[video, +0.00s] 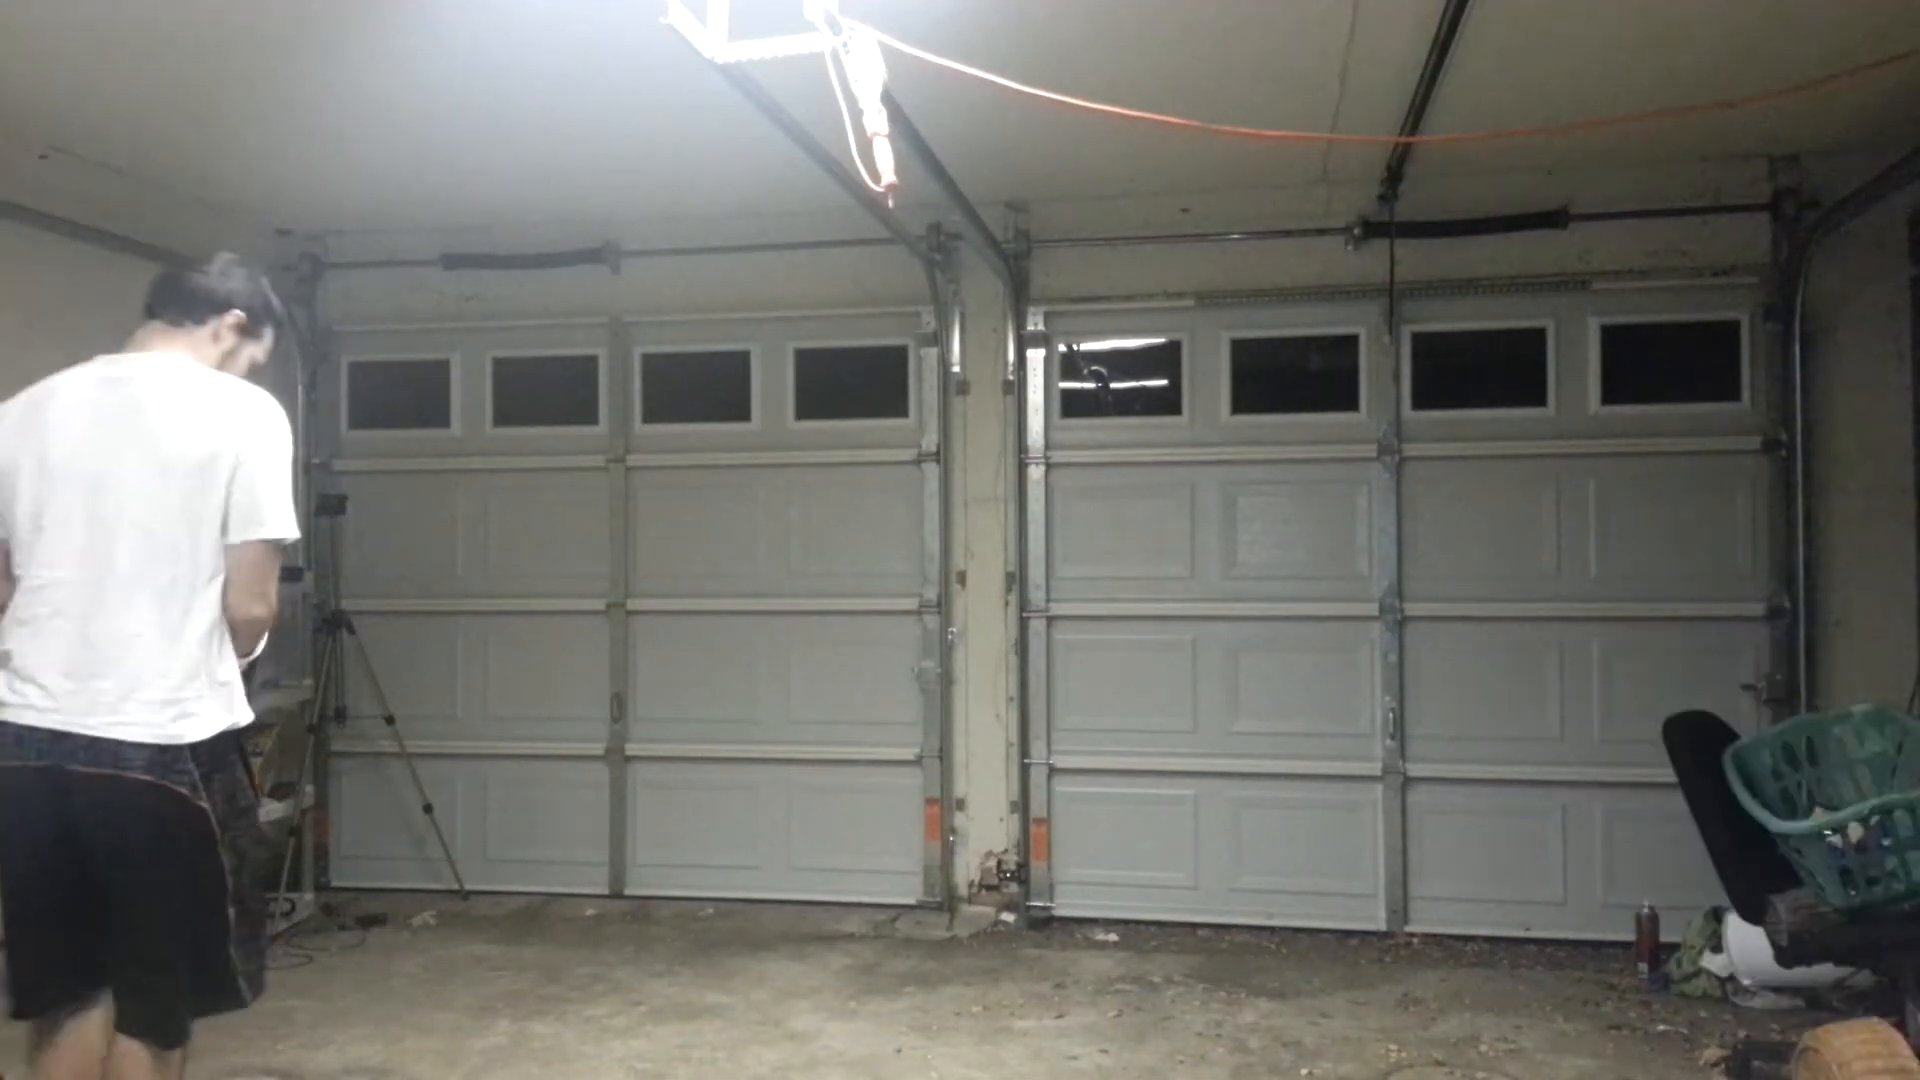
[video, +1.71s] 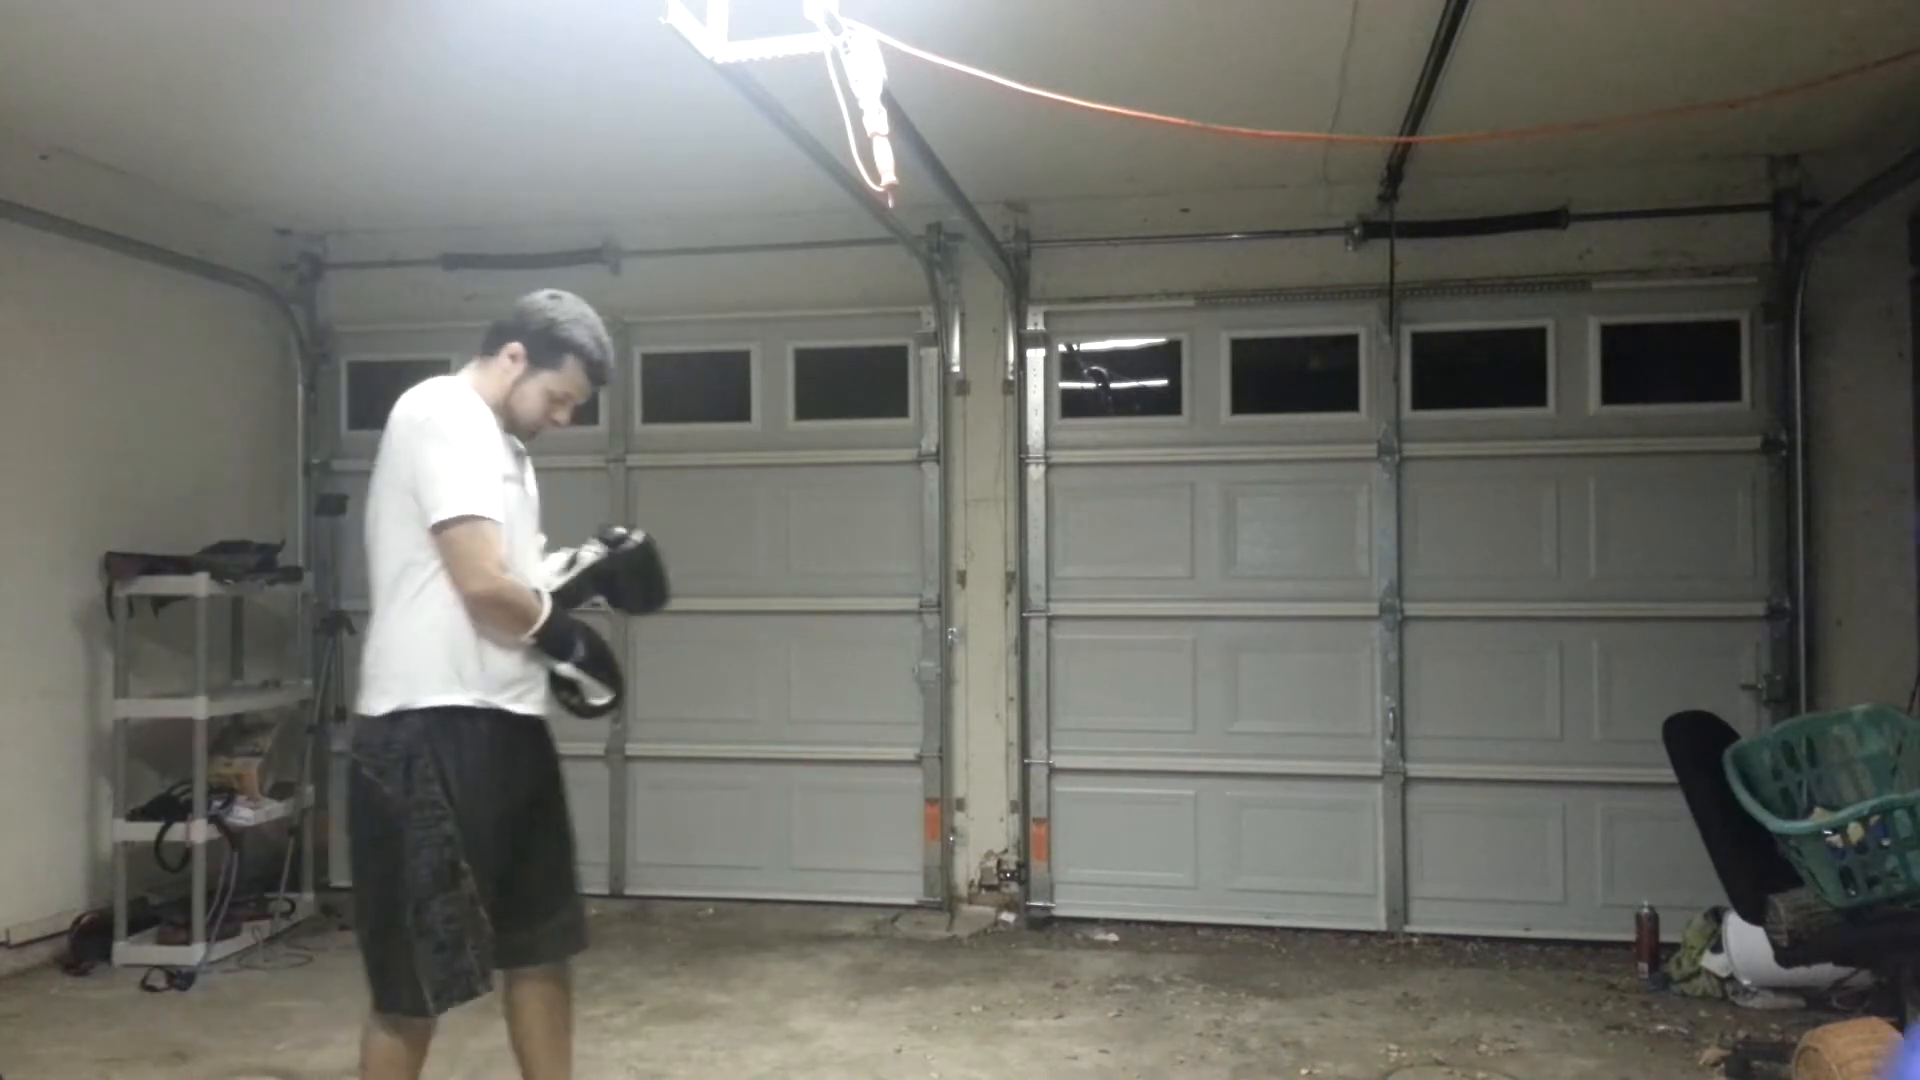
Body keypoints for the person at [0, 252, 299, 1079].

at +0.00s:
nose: (246, 379)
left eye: (256, 366)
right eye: (254, 362)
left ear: (157, 316)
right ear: (231, 329)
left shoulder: (27, 408)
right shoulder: (245, 415)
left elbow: (8, 579)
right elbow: (251, 607)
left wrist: (69, 656)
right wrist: (206, 683)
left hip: (26, 756)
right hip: (163, 762)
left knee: (67, 1008)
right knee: (154, 1025)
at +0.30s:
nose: (274, 402)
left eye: (285, 389)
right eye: (281, 384)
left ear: (191, 336)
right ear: (250, 343)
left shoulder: (79, 428)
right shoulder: (235, 412)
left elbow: (77, 588)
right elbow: (270, 596)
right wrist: (269, 638)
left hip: (84, 758)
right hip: (192, 763)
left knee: (127, 1006)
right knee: (186, 1020)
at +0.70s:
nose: (329, 415)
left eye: (339, 404)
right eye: (330, 392)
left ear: (276, 353)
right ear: (288, 348)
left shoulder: (186, 412)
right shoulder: (246, 409)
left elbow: (191, 575)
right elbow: (270, 583)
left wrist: (302, 585)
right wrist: (317, 638)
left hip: (158, 721)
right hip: (227, 725)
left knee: (163, 958)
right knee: (299, 959)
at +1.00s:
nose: (405, 421)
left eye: (417, 410)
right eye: (406, 398)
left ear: (356, 358)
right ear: (362, 353)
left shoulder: (286, 415)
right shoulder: (310, 424)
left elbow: (311, 590)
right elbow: (335, 598)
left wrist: (406, 564)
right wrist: (425, 667)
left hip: (253, 727)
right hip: (298, 732)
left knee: (233, 962)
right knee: (324, 972)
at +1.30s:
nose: (482, 421)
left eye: (496, 409)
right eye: (482, 398)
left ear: (437, 361)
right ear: (437, 353)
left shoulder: (382, 419)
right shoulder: (373, 421)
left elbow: (380, 585)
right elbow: (404, 599)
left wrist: (459, 573)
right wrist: (521, 658)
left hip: (360, 736)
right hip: (345, 741)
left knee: (349, 995)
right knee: (353, 1002)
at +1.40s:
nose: (504, 424)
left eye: (517, 411)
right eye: (506, 401)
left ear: (459, 361)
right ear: (460, 357)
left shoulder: (418, 424)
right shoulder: (390, 419)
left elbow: (397, 574)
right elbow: (418, 598)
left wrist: (483, 561)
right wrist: (525, 652)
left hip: (408, 733)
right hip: (358, 739)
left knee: (435, 958)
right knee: (365, 990)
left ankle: (410, 1069)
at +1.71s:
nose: (561, 423)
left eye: (574, 411)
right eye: (558, 400)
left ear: (518, 369)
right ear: (512, 357)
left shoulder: (509, 451)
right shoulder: (440, 415)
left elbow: (522, 573)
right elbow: (481, 585)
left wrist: (593, 570)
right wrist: (562, 637)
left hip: (507, 727)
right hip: (424, 730)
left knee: (539, 954)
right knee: (411, 985)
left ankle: (553, 1074)